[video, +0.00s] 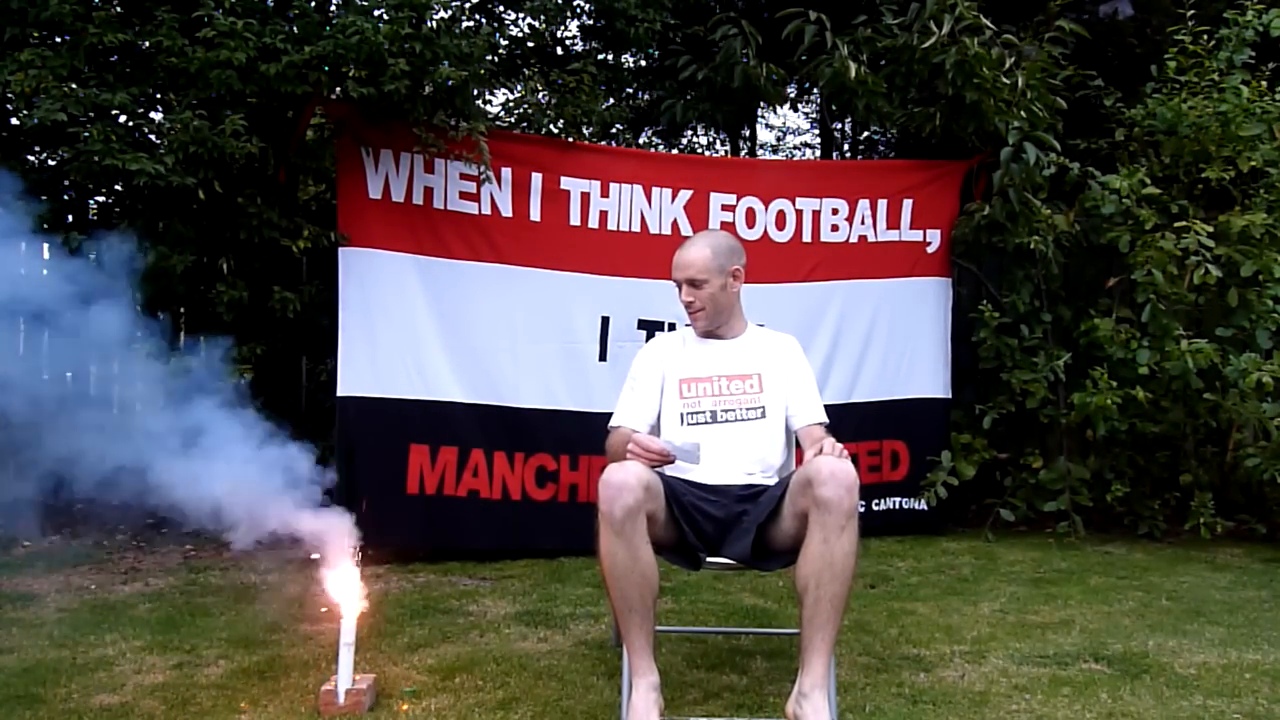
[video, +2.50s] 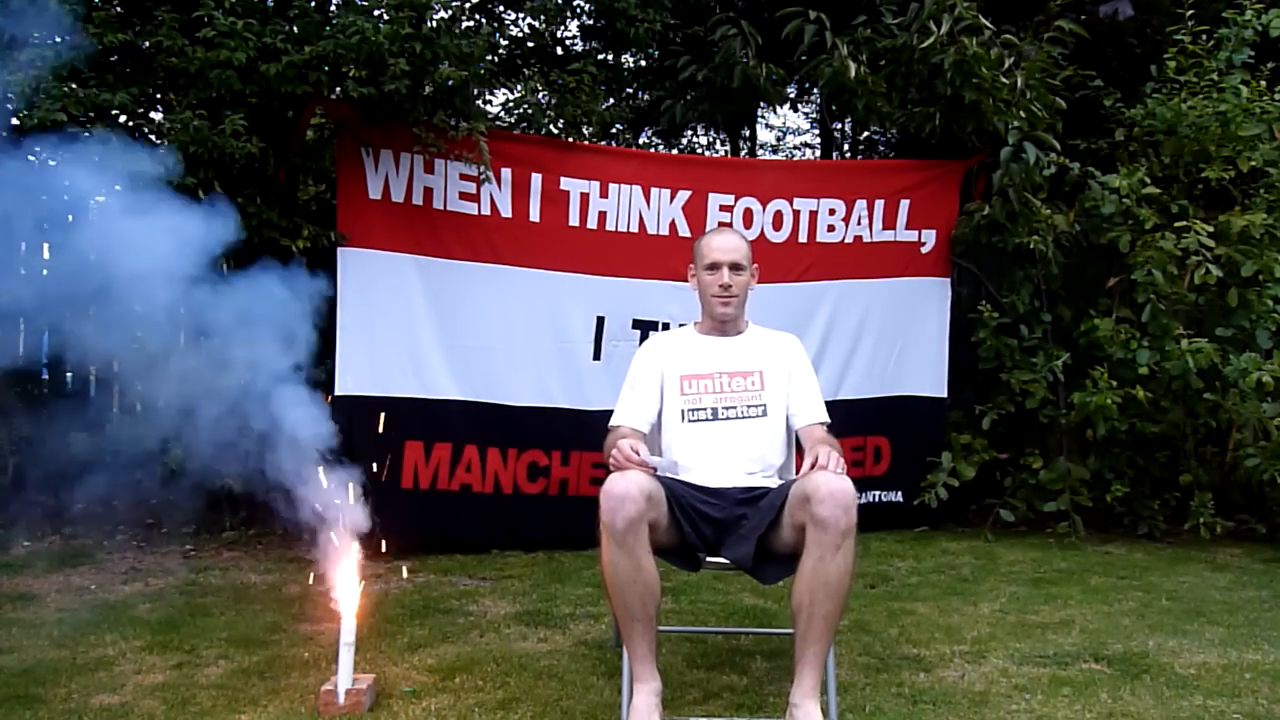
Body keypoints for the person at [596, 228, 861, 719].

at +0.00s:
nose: (685, 298)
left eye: (696, 284)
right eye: (679, 286)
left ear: (735, 279)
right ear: (674, 286)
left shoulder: (782, 350)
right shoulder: (659, 352)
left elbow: (812, 437)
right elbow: (616, 442)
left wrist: (824, 448)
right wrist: (635, 445)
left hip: (768, 504)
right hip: (680, 503)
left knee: (837, 477)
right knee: (617, 484)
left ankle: (812, 689)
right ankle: (643, 683)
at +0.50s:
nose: (685, 299)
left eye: (696, 285)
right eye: (679, 287)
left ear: (735, 279)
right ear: (674, 286)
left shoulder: (782, 350)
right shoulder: (659, 352)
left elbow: (812, 437)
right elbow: (616, 442)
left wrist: (823, 446)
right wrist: (635, 445)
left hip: (768, 505)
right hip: (680, 503)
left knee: (836, 477)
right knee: (617, 485)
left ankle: (812, 690)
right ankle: (642, 682)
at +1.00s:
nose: (711, 283)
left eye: (723, 270)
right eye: (699, 272)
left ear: (744, 276)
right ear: (684, 281)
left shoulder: (780, 350)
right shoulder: (657, 353)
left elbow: (811, 437)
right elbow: (614, 442)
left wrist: (825, 449)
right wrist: (634, 443)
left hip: (768, 502)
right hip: (680, 502)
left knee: (836, 477)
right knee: (620, 483)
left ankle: (813, 690)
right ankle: (642, 681)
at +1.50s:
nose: (716, 286)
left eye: (727, 274)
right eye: (703, 274)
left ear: (746, 278)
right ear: (687, 281)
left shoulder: (781, 349)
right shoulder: (656, 352)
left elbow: (811, 437)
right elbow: (614, 449)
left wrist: (823, 449)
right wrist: (635, 437)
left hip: (767, 504)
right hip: (678, 503)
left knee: (834, 478)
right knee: (617, 483)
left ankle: (812, 690)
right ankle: (642, 681)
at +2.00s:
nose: (721, 282)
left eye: (733, 270)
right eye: (709, 270)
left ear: (751, 277)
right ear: (691, 278)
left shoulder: (783, 349)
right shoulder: (658, 351)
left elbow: (813, 436)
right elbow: (621, 439)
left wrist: (825, 449)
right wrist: (622, 442)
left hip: (768, 504)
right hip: (679, 503)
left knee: (835, 480)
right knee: (620, 484)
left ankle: (811, 692)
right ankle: (642, 683)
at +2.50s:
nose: (725, 280)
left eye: (737, 269)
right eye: (713, 269)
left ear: (753, 277)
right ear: (693, 277)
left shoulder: (785, 348)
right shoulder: (660, 349)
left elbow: (814, 433)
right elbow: (623, 434)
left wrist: (824, 448)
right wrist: (623, 446)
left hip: (767, 502)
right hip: (680, 499)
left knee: (835, 494)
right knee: (619, 492)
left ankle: (806, 697)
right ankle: (645, 687)